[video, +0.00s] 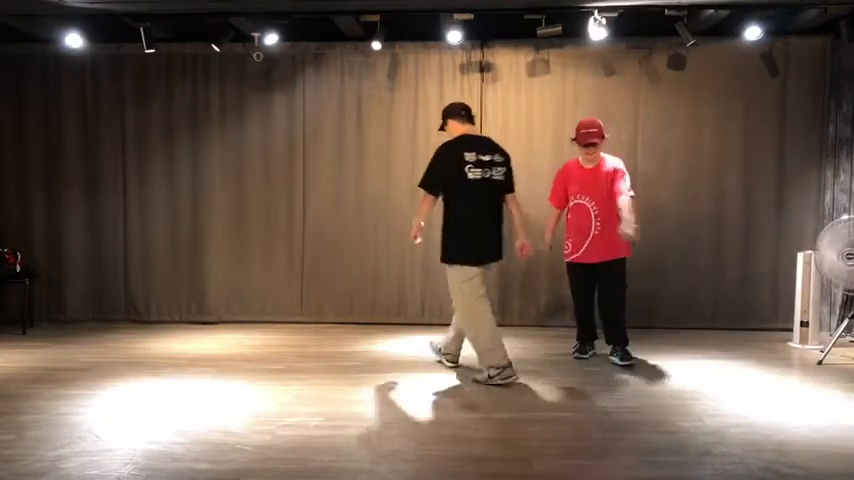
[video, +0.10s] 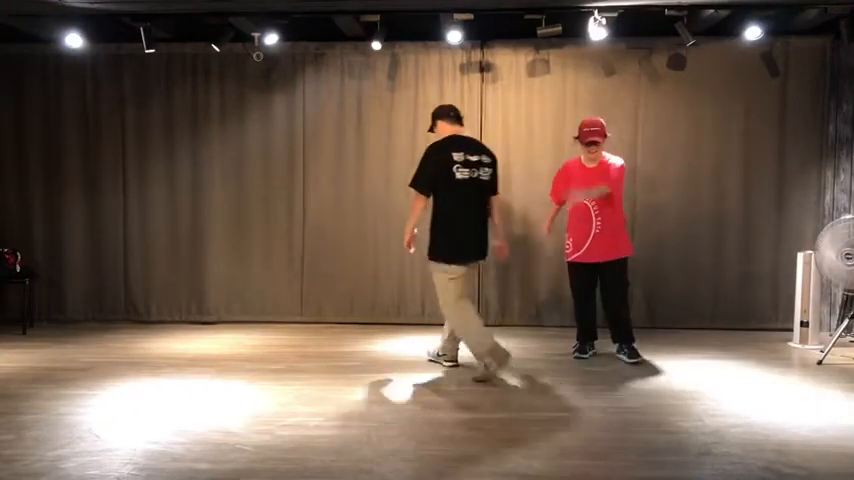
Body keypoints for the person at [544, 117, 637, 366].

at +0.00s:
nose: (590, 150)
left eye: (594, 145)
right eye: (585, 145)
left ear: (601, 143)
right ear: (577, 144)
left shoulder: (614, 167)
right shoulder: (567, 171)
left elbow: (624, 197)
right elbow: (557, 205)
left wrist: (627, 221)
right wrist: (549, 233)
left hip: (611, 248)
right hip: (578, 250)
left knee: (614, 301)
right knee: (582, 301)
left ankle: (618, 345)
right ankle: (585, 342)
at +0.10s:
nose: (592, 149)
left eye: (596, 144)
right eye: (587, 144)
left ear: (604, 143)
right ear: (579, 143)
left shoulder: (615, 166)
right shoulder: (569, 169)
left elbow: (609, 191)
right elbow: (558, 199)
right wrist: (548, 222)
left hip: (612, 245)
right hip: (580, 246)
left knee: (617, 298)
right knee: (583, 299)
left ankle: (624, 343)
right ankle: (585, 342)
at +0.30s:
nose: (596, 150)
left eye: (601, 145)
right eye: (592, 145)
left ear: (609, 143)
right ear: (585, 143)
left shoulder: (617, 164)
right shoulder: (577, 168)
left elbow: (586, 181)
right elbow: (564, 199)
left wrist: (557, 173)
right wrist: (552, 223)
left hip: (613, 245)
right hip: (582, 246)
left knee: (621, 296)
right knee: (584, 298)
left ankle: (631, 335)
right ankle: (585, 341)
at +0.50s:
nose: (604, 150)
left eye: (609, 145)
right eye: (600, 145)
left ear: (618, 144)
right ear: (594, 145)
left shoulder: (629, 169)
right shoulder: (584, 172)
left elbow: (617, 200)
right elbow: (577, 209)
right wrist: (574, 238)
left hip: (621, 248)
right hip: (590, 248)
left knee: (624, 297)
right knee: (587, 299)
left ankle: (627, 335)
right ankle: (585, 341)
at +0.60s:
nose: (609, 148)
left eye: (614, 143)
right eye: (604, 143)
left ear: (624, 144)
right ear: (599, 144)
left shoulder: (637, 170)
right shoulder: (589, 172)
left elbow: (642, 201)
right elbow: (580, 207)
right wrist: (579, 236)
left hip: (628, 246)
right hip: (595, 246)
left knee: (628, 296)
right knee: (591, 297)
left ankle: (628, 336)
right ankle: (586, 341)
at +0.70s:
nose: (614, 144)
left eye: (620, 140)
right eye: (611, 140)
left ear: (631, 142)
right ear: (607, 141)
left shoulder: (642, 169)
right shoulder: (595, 170)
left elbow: (667, 191)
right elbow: (583, 204)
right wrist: (583, 233)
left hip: (632, 245)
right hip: (600, 245)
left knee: (631, 296)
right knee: (595, 295)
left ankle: (628, 337)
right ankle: (587, 340)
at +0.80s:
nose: (618, 142)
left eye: (623, 138)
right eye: (615, 137)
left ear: (635, 142)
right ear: (611, 140)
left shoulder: (649, 169)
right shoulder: (599, 169)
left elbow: (679, 185)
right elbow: (587, 203)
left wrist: (708, 197)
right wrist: (585, 233)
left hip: (634, 245)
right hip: (603, 243)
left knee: (631, 295)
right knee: (597, 293)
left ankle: (628, 337)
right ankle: (588, 338)